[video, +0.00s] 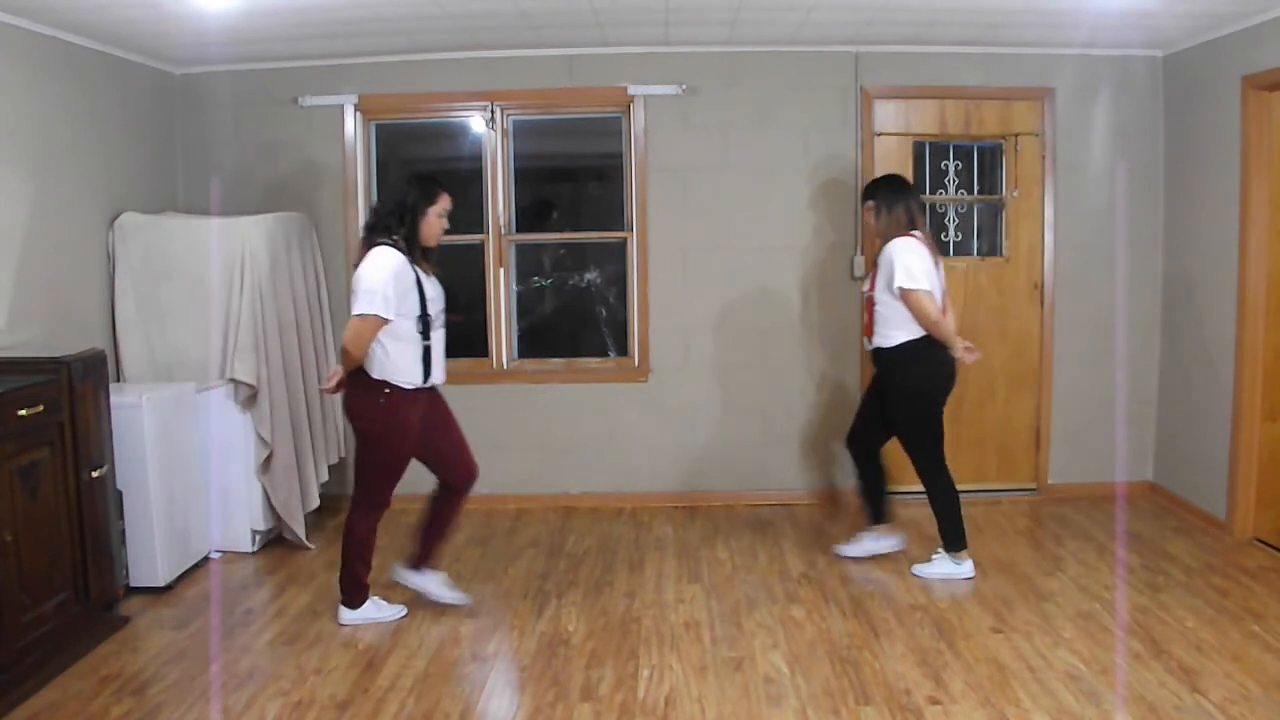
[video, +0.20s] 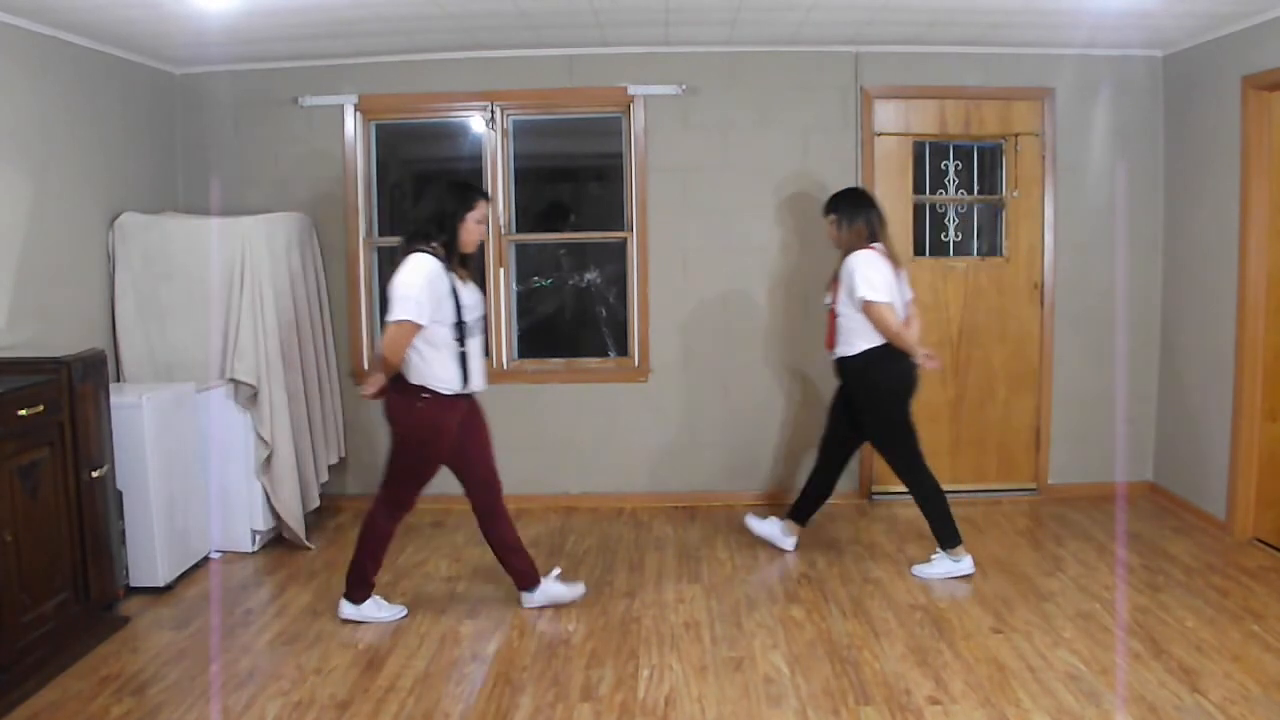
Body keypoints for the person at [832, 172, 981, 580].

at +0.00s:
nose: (866, 221)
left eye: (869, 213)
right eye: (866, 213)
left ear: (886, 212)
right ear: (904, 210)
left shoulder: (900, 248)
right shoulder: (921, 248)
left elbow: (918, 303)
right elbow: (943, 308)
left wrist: (952, 343)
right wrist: (954, 345)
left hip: (911, 365)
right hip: (909, 364)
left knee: (929, 462)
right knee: (862, 441)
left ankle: (956, 554)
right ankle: (880, 529)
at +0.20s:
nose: (829, 235)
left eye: (831, 226)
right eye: (828, 226)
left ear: (848, 224)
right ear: (868, 223)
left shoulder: (859, 262)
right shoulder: (887, 261)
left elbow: (881, 317)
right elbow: (911, 313)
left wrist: (914, 350)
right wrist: (912, 349)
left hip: (871, 371)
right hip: (881, 368)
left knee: (909, 466)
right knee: (833, 455)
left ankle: (955, 553)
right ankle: (788, 528)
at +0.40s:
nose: (786, 226)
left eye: (789, 218)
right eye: (785, 218)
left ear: (806, 216)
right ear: (821, 215)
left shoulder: (816, 251)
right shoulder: (826, 249)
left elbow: (834, 306)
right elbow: (856, 303)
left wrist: (862, 341)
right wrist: (863, 338)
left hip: (829, 362)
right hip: (817, 362)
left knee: (838, 462)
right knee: (804, 453)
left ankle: (917, 520)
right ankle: (780, 532)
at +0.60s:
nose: (757, 217)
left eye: (761, 209)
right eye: (756, 210)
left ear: (778, 207)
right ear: (788, 205)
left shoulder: (794, 242)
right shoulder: (783, 245)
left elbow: (811, 293)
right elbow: (806, 295)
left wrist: (836, 334)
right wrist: (835, 334)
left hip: (799, 352)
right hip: (792, 351)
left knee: (762, 445)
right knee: (787, 444)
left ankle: (830, 500)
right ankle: (779, 529)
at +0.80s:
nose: (731, 218)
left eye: (734, 209)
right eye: (730, 210)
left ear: (751, 208)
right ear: (761, 207)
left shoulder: (770, 243)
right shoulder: (762, 246)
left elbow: (791, 296)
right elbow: (786, 298)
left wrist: (812, 337)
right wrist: (812, 336)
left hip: (774, 353)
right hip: (771, 352)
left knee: (722, 437)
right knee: (777, 441)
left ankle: (778, 504)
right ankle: (776, 531)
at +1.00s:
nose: (707, 224)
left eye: (709, 215)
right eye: (705, 216)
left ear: (727, 212)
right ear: (733, 213)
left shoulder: (748, 247)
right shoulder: (734, 250)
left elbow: (764, 295)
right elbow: (756, 299)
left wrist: (787, 339)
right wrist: (783, 338)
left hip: (750, 357)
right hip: (743, 356)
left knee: (695, 439)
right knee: (760, 446)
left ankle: (705, 530)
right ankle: (777, 530)